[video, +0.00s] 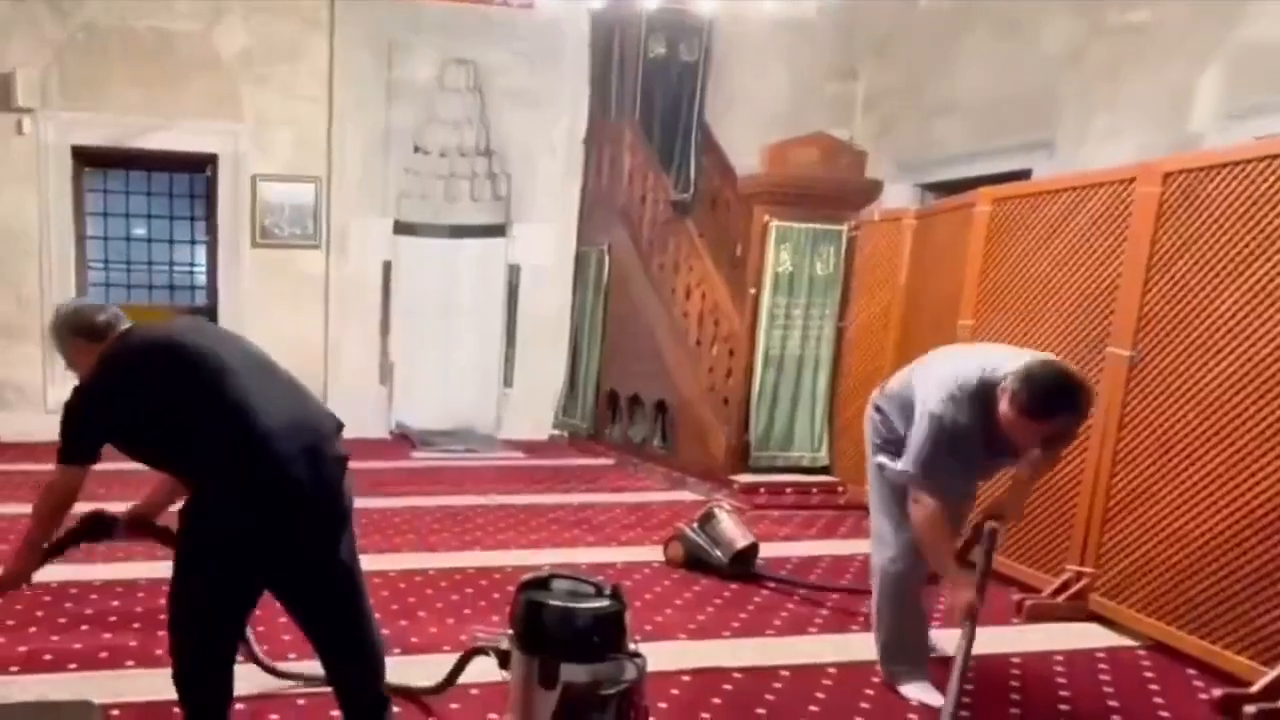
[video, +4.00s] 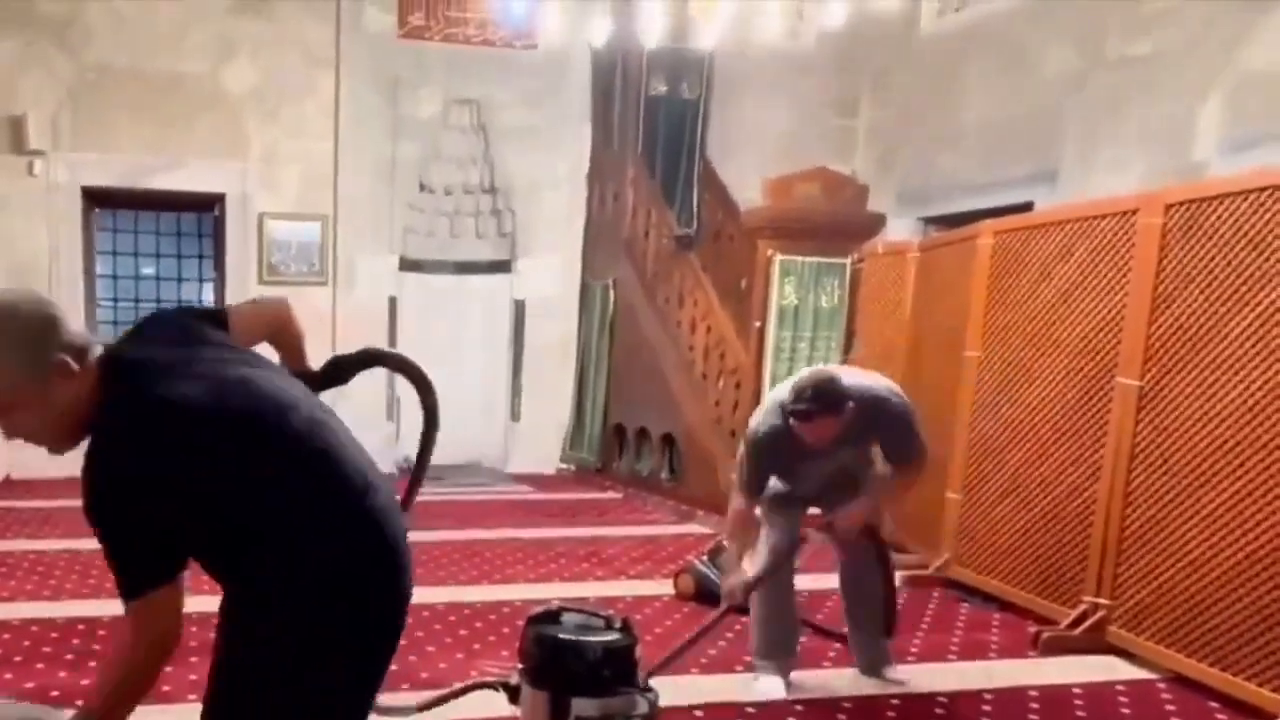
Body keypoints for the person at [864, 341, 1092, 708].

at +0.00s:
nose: (1029, 450)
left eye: (1045, 442)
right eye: (1022, 437)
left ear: (1062, 423)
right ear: (1004, 401)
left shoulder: (1062, 403)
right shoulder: (948, 408)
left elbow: (1051, 451)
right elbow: (924, 504)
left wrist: (1018, 490)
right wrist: (954, 578)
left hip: (965, 441)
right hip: (897, 431)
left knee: (943, 543)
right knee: (898, 557)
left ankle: (915, 631)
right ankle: (905, 671)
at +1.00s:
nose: (975, 430)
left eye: (987, 424)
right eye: (970, 419)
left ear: (1015, 410)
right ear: (961, 387)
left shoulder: (1021, 386)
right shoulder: (904, 394)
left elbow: (1017, 422)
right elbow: (882, 486)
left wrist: (985, 459)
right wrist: (909, 550)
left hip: (931, 445)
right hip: (865, 435)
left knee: (916, 535)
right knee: (861, 539)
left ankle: (894, 623)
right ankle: (851, 655)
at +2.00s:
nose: (936, 365)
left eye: (948, 358)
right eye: (931, 353)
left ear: (975, 346)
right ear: (926, 337)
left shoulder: (1004, 332)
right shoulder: (882, 354)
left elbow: (1023, 322)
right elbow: (862, 432)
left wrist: (984, 388)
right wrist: (907, 484)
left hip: (926, 441)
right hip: (859, 432)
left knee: (904, 536)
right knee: (837, 536)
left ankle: (870, 619)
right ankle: (825, 644)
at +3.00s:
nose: (870, 415)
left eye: (881, 407)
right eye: (863, 406)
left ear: (905, 389)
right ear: (852, 387)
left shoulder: (942, 377)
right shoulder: (819, 407)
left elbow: (975, 411)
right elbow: (809, 487)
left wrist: (937, 469)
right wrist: (833, 554)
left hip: (895, 475)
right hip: (834, 480)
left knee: (897, 560)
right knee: (818, 567)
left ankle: (877, 644)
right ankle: (818, 672)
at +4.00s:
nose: (810, 439)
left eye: (819, 431)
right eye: (802, 430)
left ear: (844, 413)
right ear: (791, 417)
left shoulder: (886, 405)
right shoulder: (766, 430)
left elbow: (910, 466)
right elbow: (742, 501)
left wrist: (863, 510)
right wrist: (734, 567)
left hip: (845, 478)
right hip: (784, 485)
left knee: (863, 552)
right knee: (774, 558)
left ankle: (875, 661)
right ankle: (770, 667)